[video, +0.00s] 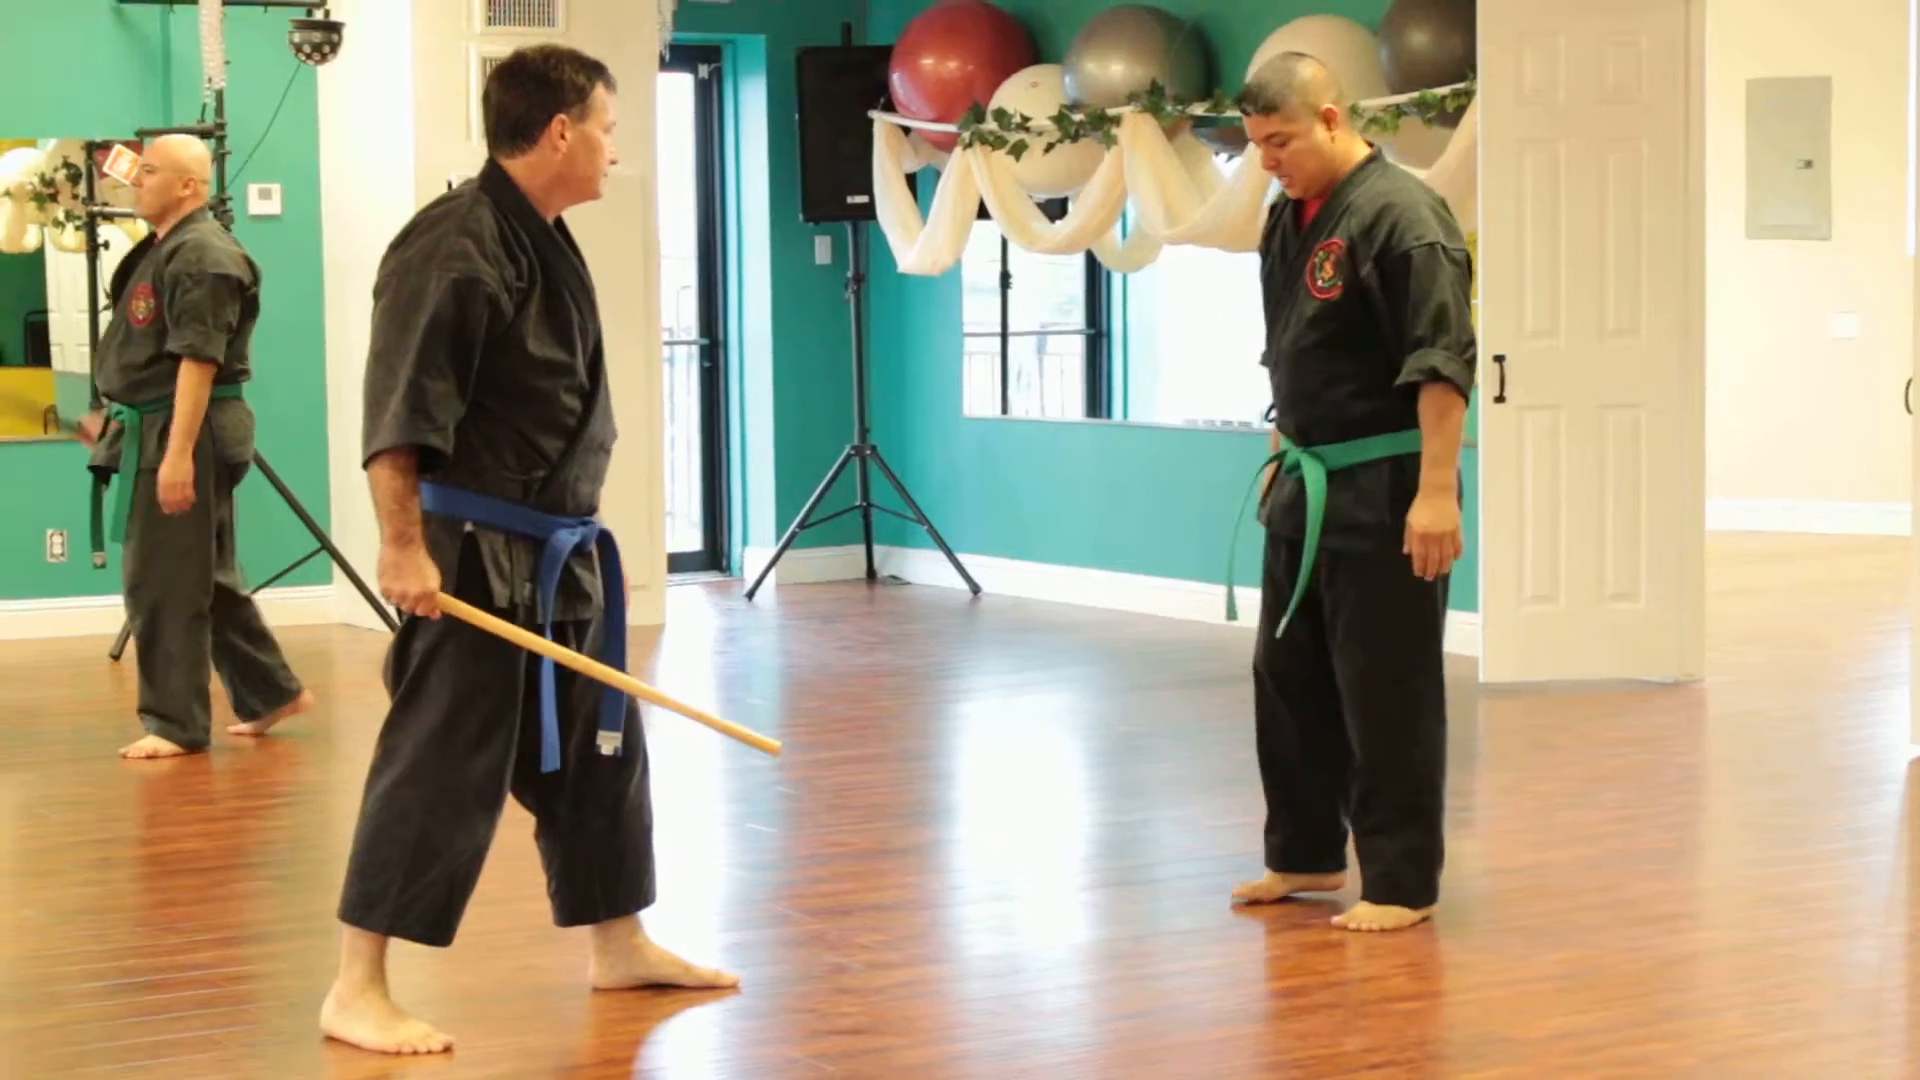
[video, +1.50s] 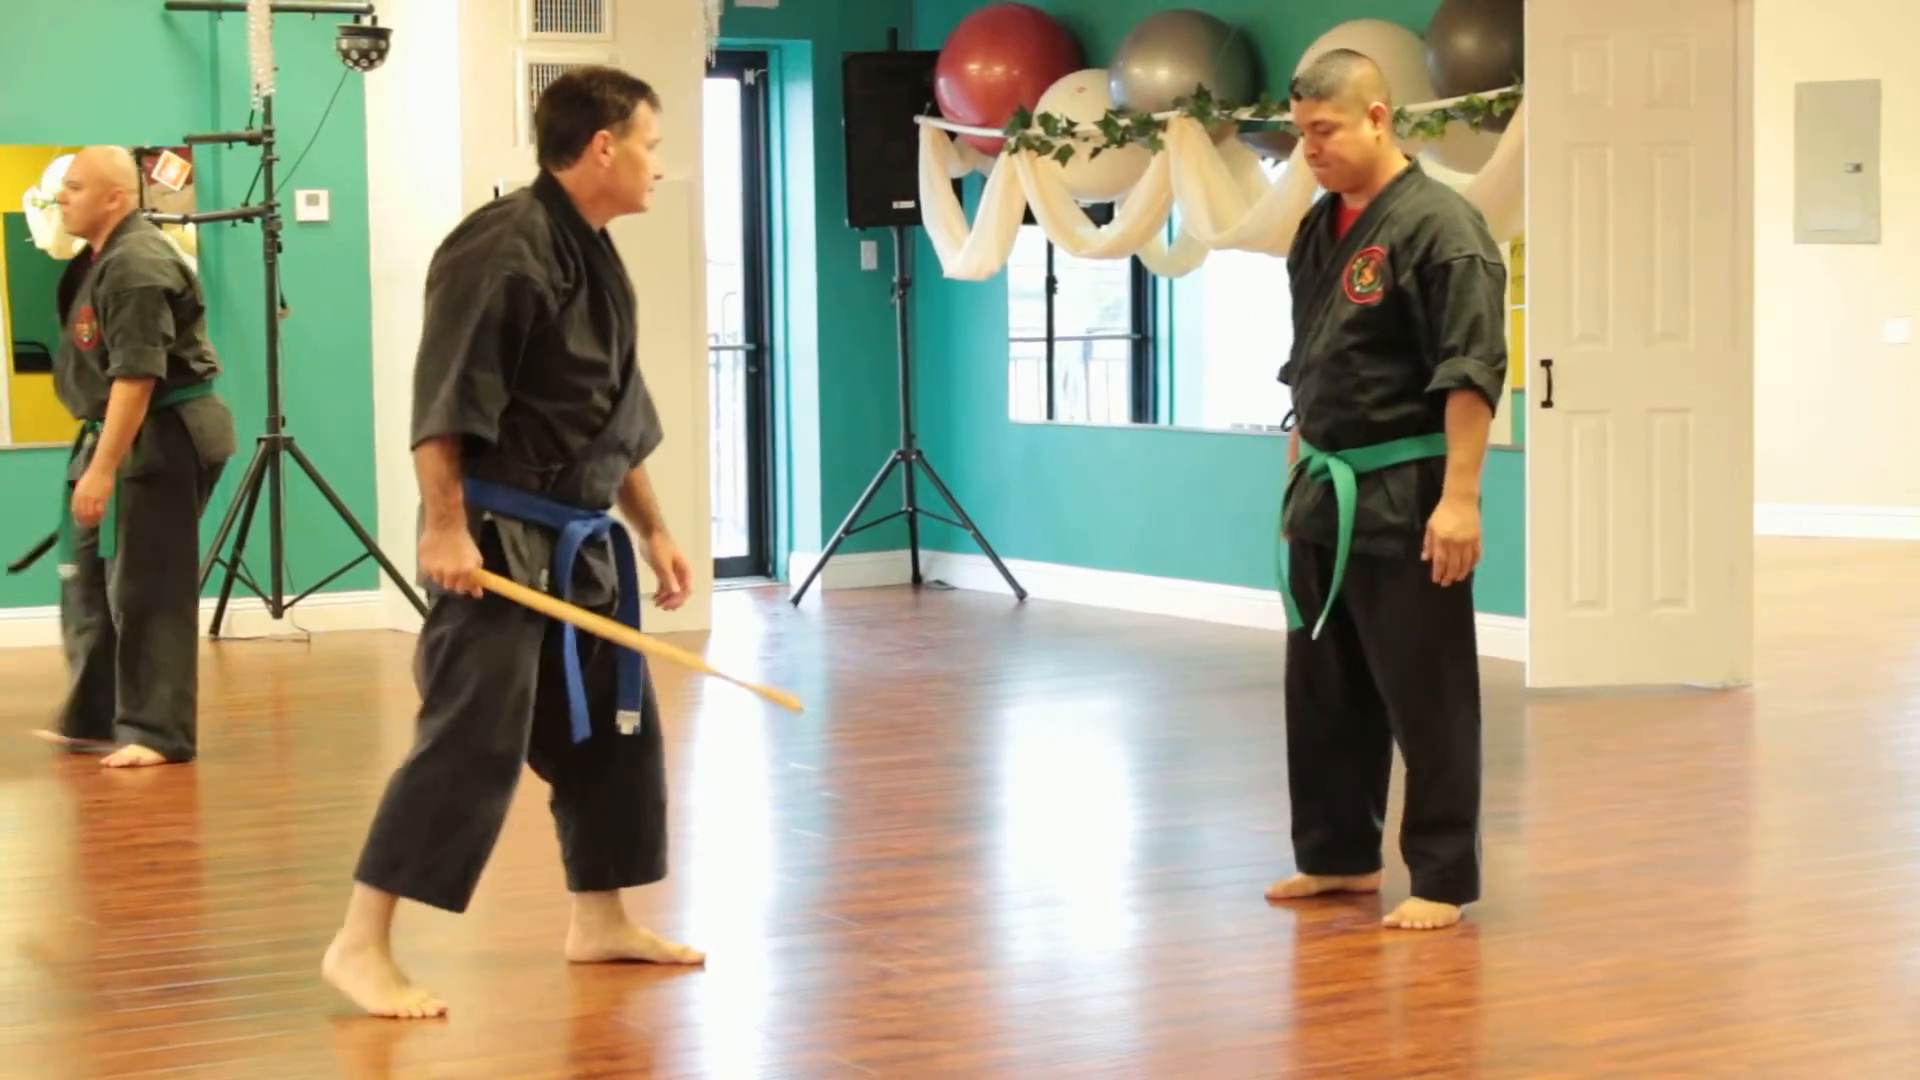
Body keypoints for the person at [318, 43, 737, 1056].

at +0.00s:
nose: (613, 154)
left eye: (613, 134)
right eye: (606, 134)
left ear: (550, 134)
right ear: (557, 132)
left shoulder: (542, 239)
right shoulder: (451, 244)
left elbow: (543, 407)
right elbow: (393, 406)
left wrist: (578, 535)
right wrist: (402, 543)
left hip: (564, 539)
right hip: (477, 541)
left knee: (598, 735)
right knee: (435, 754)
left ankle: (622, 949)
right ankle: (356, 989)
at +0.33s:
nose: (619, 155)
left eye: (618, 136)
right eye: (611, 136)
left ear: (556, 136)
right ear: (561, 133)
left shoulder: (551, 242)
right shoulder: (457, 247)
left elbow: (562, 415)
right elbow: (401, 412)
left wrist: (604, 538)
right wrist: (412, 545)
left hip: (576, 541)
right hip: (488, 544)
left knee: (610, 739)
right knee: (445, 757)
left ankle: (632, 950)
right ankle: (366, 993)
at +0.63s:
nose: (618, 155)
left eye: (616, 135)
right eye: (610, 134)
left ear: (554, 136)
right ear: (562, 134)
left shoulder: (552, 245)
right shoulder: (457, 247)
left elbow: (566, 420)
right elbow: (405, 412)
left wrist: (614, 533)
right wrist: (416, 547)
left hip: (576, 544)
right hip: (487, 547)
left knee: (612, 740)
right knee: (452, 757)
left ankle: (640, 949)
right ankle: (373, 993)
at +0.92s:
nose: (623, 161)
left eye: (622, 141)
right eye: (619, 141)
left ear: (563, 138)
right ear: (578, 139)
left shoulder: (553, 250)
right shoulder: (471, 250)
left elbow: (558, 417)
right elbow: (426, 416)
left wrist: (609, 521)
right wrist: (449, 545)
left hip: (571, 542)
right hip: (492, 547)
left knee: (611, 719)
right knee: (467, 756)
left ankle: (615, 899)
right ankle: (392, 994)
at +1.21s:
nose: (666, 163)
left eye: (662, 147)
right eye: (654, 146)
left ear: (603, 152)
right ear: (607, 150)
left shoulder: (605, 260)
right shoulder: (508, 257)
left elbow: (610, 421)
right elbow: (456, 404)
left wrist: (653, 530)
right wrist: (459, 533)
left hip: (601, 542)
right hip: (516, 539)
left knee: (611, 725)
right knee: (483, 740)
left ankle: (597, 917)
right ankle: (420, 977)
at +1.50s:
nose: (659, 168)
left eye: (657, 149)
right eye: (649, 148)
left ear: (598, 152)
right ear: (598, 148)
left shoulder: (595, 257)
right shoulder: (500, 244)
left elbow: (611, 413)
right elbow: (440, 392)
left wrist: (654, 529)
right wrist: (444, 524)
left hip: (586, 532)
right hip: (497, 527)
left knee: (607, 722)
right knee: (470, 733)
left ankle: (600, 920)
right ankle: (360, 943)